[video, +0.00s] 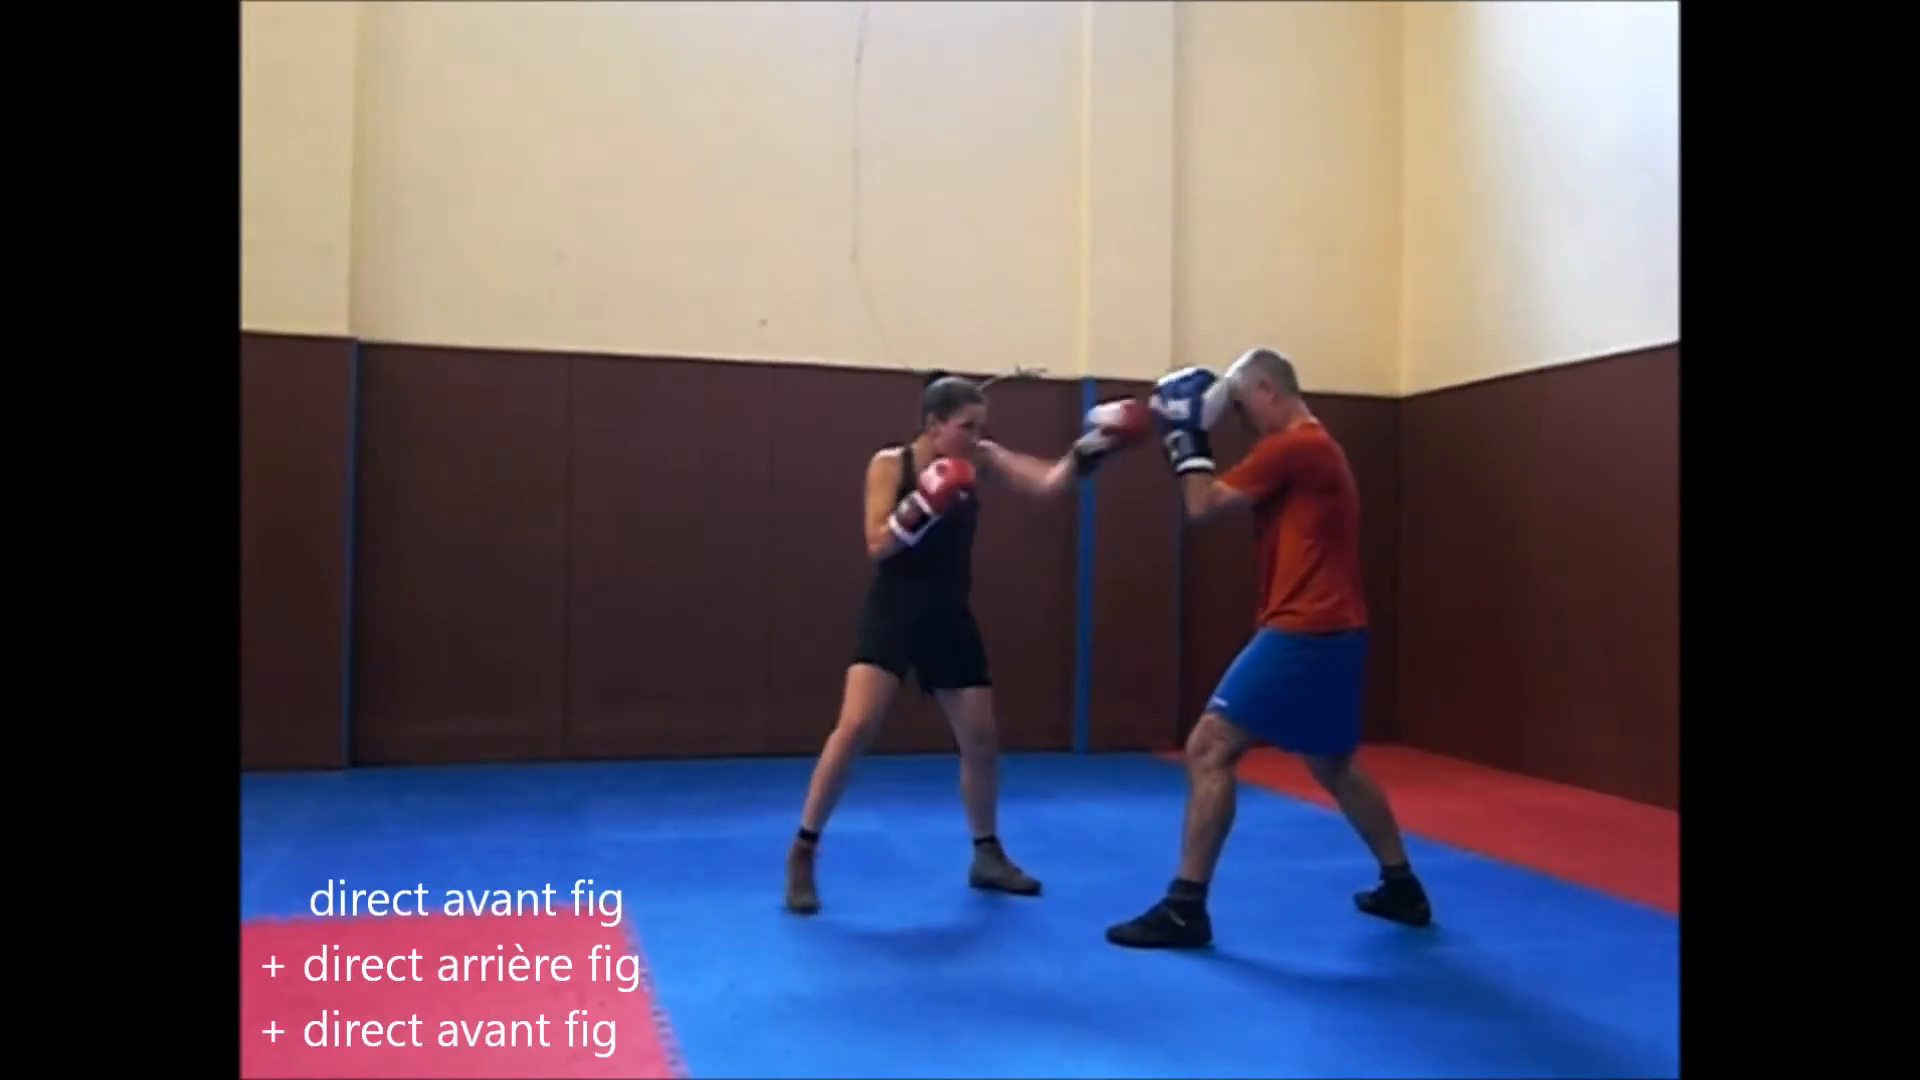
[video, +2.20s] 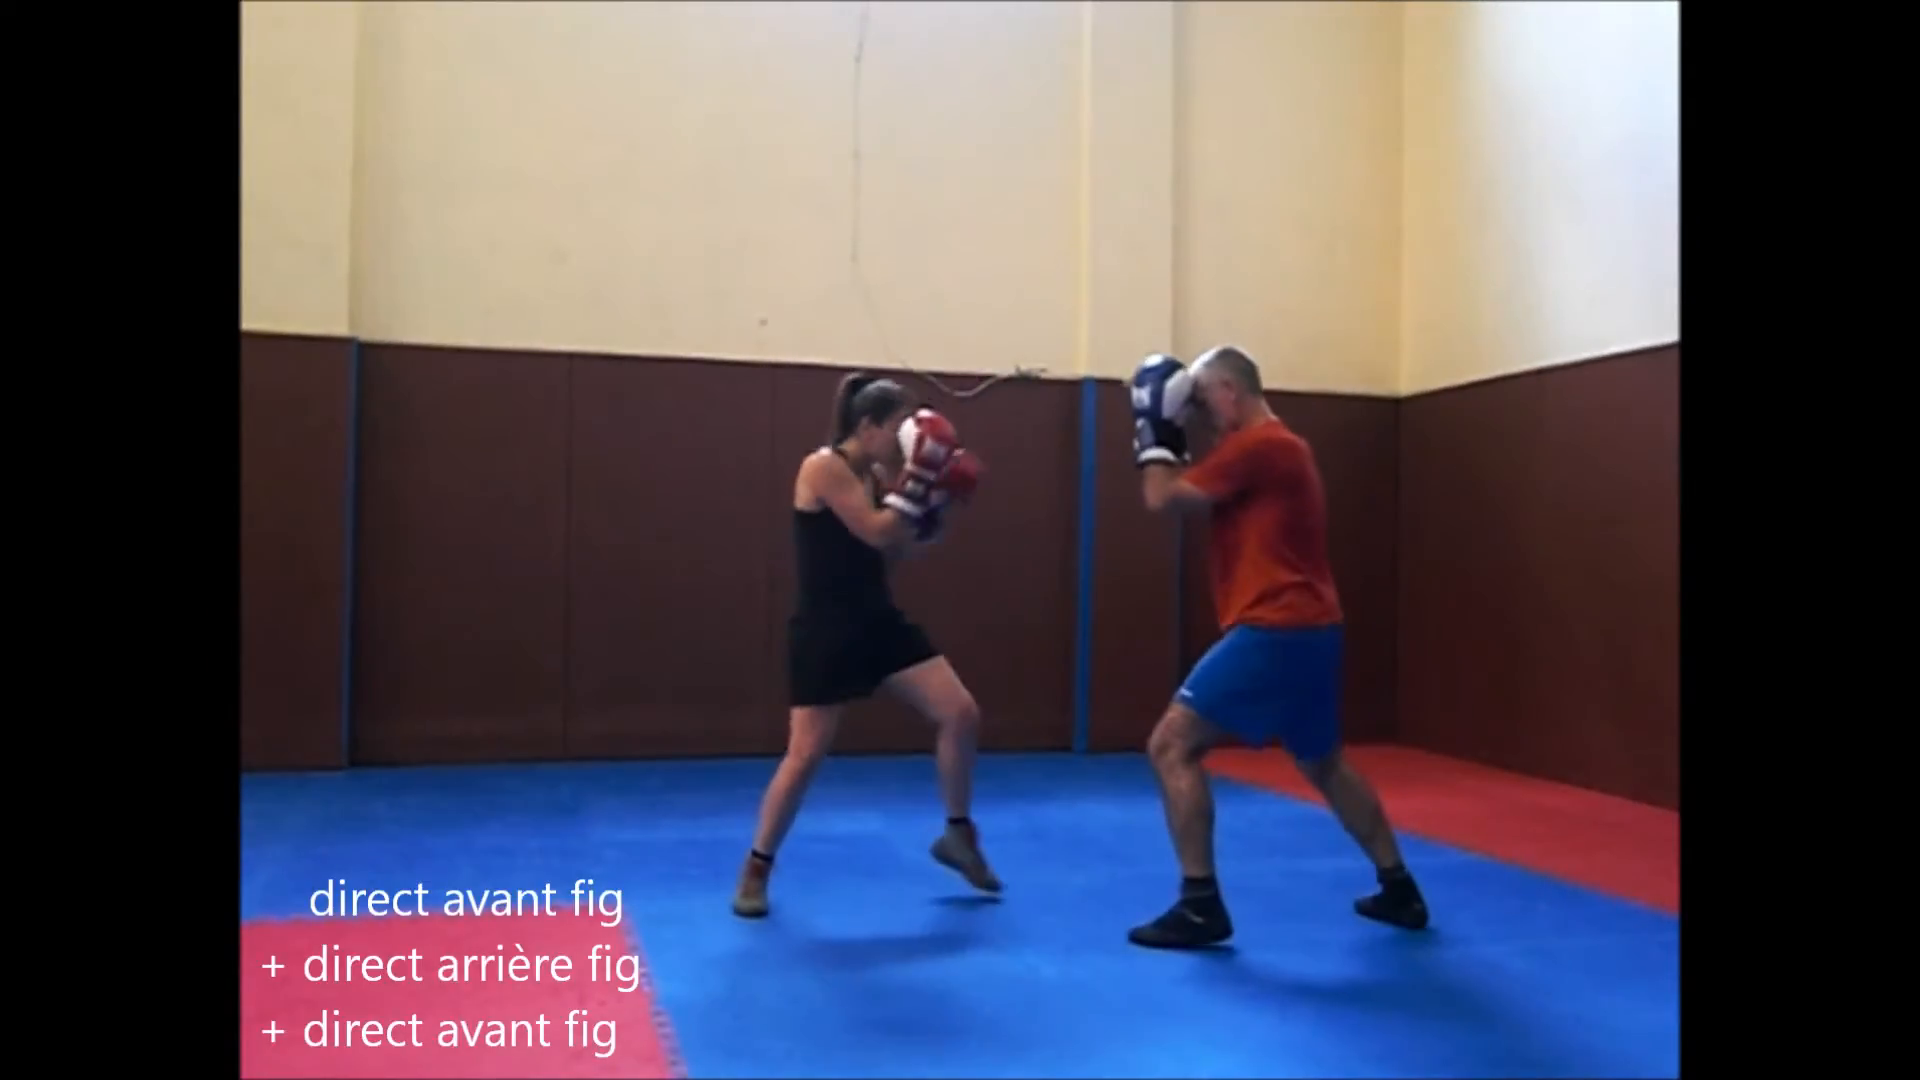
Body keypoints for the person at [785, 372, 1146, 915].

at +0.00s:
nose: (977, 436)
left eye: (980, 428)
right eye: (969, 427)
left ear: (974, 427)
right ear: (935, 423)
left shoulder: (979, 457)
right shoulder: (890, 465)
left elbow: (1047, 483)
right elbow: (877, 545)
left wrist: (1086, 449)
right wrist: (921, 504)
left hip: (949, 616)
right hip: (893, 613)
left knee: (980, 735)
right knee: (856, 725)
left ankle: (988, 856)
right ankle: (803, 851)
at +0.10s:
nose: (962, 442)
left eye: (965, 431)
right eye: (954, 430)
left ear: (954, 431)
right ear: (920, 429)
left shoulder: (957, 478)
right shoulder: (876, 477)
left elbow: (982, 541)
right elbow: (888, 556)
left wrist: (1020, 513)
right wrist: (928, 506)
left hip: (938, 625)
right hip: (882, 626)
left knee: (985, 739)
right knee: (846, 745)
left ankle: (988, 857)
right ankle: (788, 854)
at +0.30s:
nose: (936, 427)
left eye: (939, 417)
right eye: (930, 416)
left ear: (920, 415)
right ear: (899, 411)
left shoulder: (914, 463)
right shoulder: (857, 456)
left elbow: (954, 520)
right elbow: (911, 520)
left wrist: (974, 469)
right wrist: (947, 473)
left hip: (907, 617)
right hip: (853, 618)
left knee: (953, 726)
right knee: (822, 738)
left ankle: (974, 846)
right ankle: (777, 853)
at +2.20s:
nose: (903, 439)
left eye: (906, 429)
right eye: (898, 428)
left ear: (873, 429)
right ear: (867, 425)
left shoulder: (873, 477)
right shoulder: (823, 468)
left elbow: (911, 536)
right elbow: (879, 531)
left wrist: (940, 496)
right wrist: (915, 486)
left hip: (878, 624)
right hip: (825, 631)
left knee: (959, 713)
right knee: (805, 753)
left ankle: (959, 834)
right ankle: (757, 867)